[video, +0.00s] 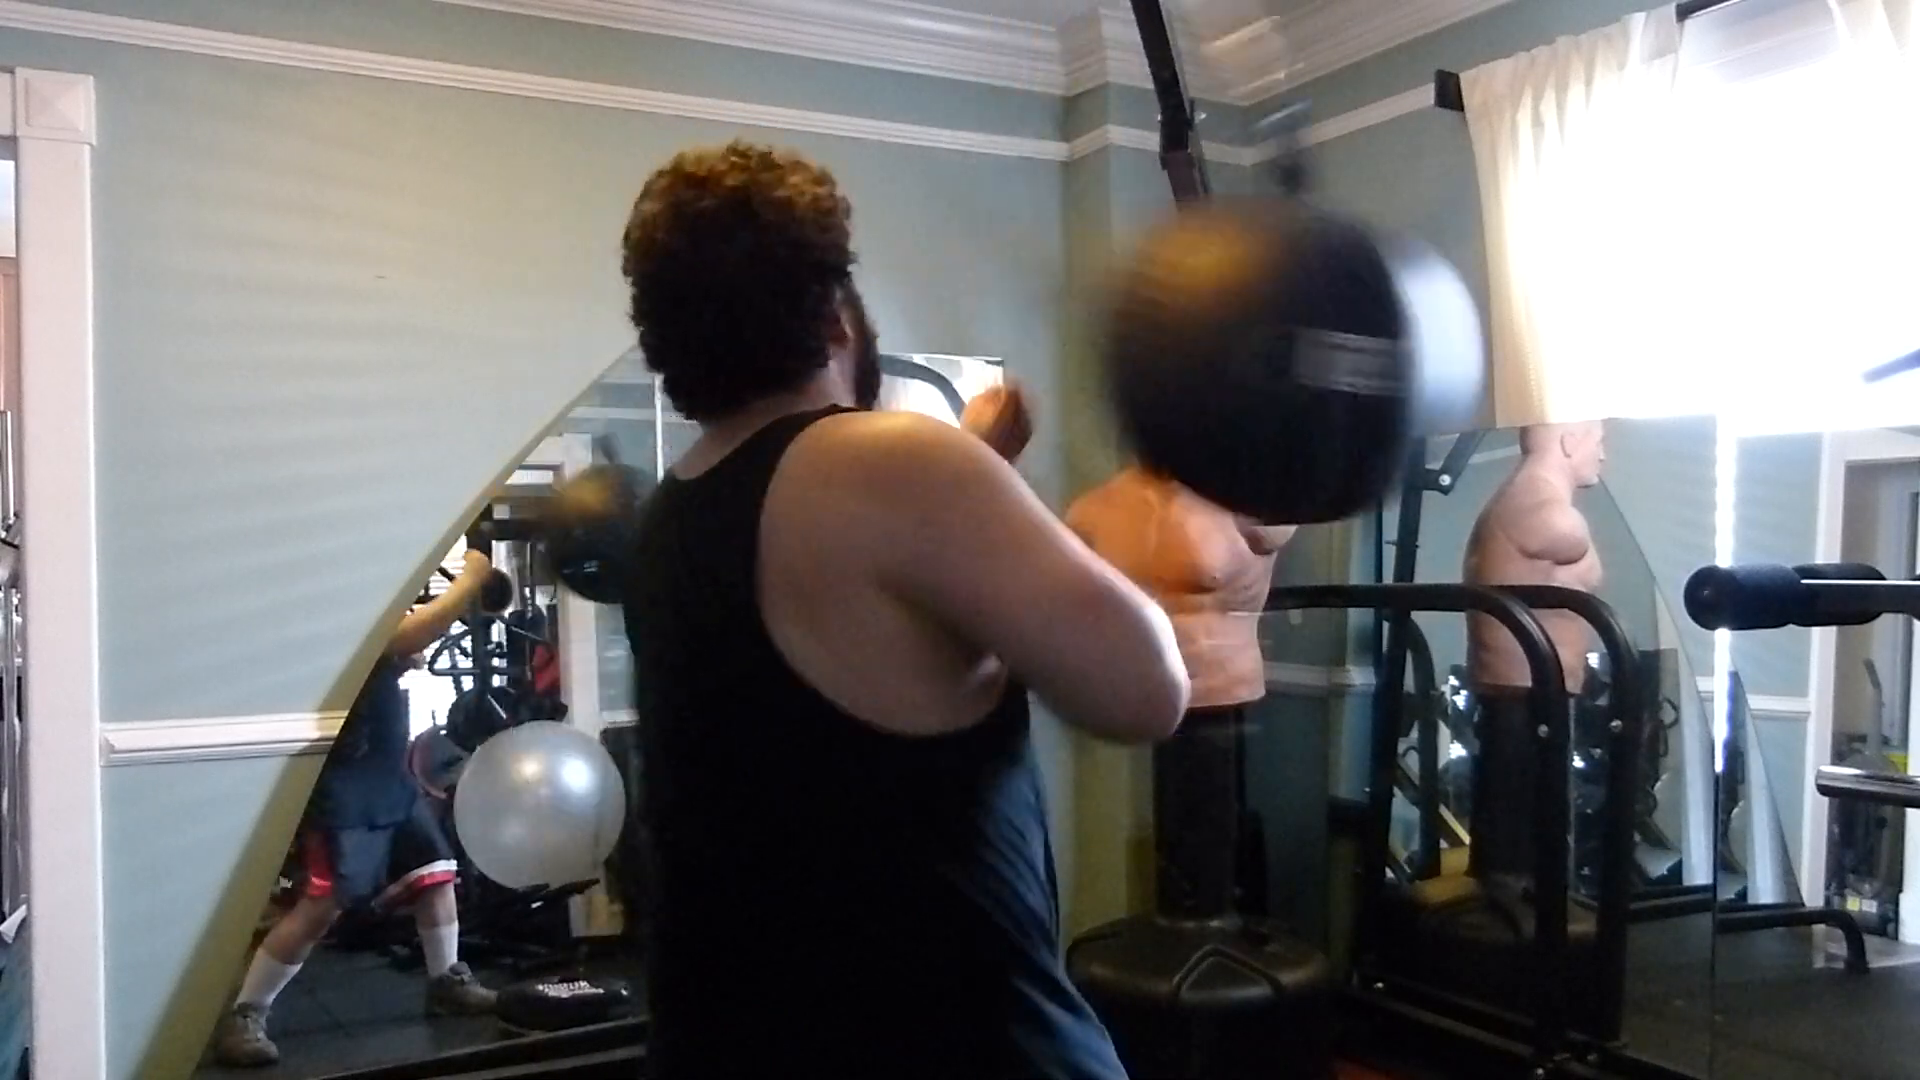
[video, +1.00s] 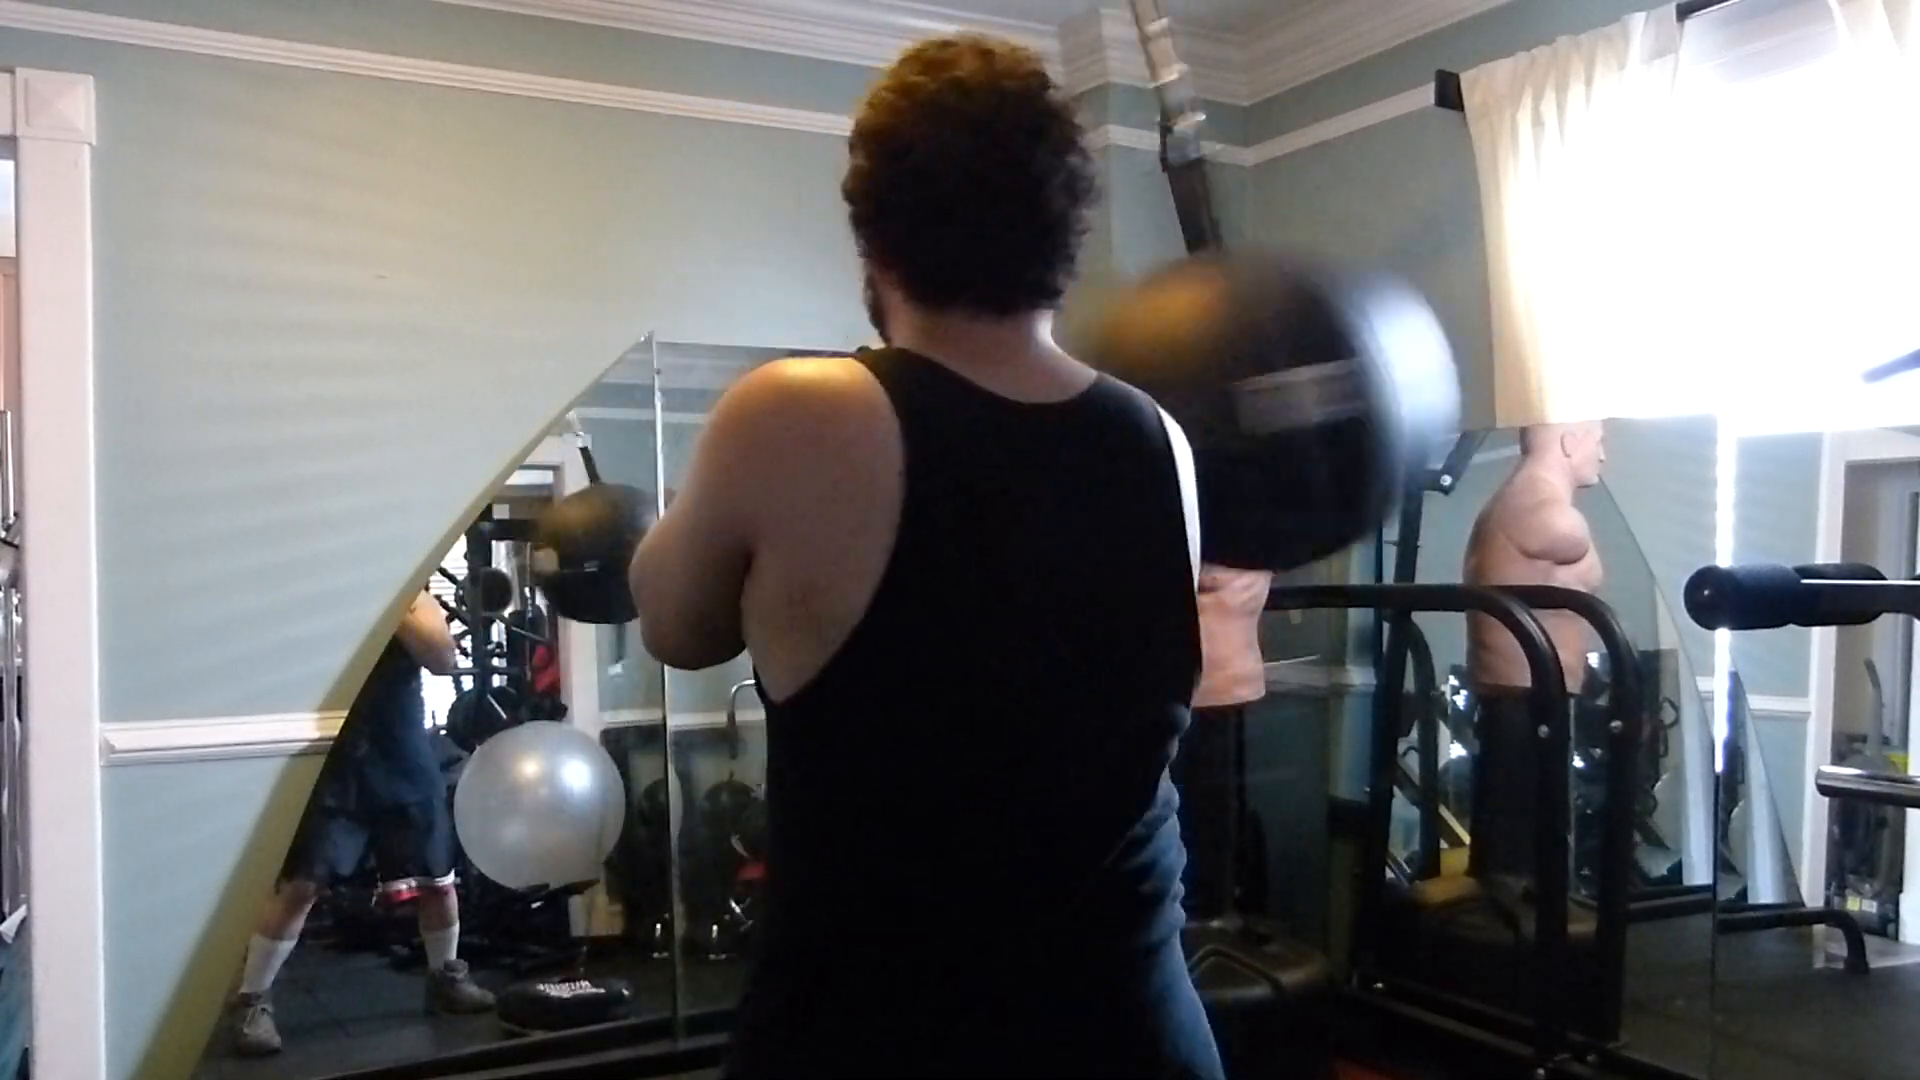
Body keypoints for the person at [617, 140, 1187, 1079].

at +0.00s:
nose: (862, 311)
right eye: (853, 285)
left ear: (661, 343)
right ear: (837, 312)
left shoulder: (672, 517)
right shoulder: (903, 463)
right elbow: (1148, 696)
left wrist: (966, 464)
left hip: (738, 1022)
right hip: (956, 1026)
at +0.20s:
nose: (890, 301)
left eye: (881, 270)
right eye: (880, 270)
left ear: (692, 312)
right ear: (851, 287)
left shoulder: (650, 499)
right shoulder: (877, 475)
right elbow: (1030, 785)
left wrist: (928, 484)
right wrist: (1033, 595)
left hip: (705, 1001)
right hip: (906, 1015)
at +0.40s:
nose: (842, 308)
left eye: (834, 273)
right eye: (831, 275)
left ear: (631, 307)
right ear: (790, 294)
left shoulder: (561, 513)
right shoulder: (860, 485)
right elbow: (1012, 805)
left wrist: (871, 478)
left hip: (635, 1027)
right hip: (866, 1033)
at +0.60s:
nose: (874, 287)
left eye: (868, 260)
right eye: (867, 262)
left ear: (662, 291)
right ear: (836, 282)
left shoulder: (575, 481)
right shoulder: (923, 494)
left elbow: (566, 702)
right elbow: (1036, 831)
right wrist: (1135, 763)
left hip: (641, 1024)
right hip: (895, 1030)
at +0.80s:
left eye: (829, 219)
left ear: (837, 255)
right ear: (1039, 256)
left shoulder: (728, 437)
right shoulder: (1128, 494)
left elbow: (664, 612)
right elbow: (1088, 691)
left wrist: (674, 414)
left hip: (780, 1002)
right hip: (1040, 1010)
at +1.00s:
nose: (856, 232)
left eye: (858, 210)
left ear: (874, 232)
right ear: (1070, 227)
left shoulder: (785, 419)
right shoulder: (1155, 444)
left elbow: (674, 628)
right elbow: (1135, 660)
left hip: (859, 1017)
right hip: (1128, 1014)